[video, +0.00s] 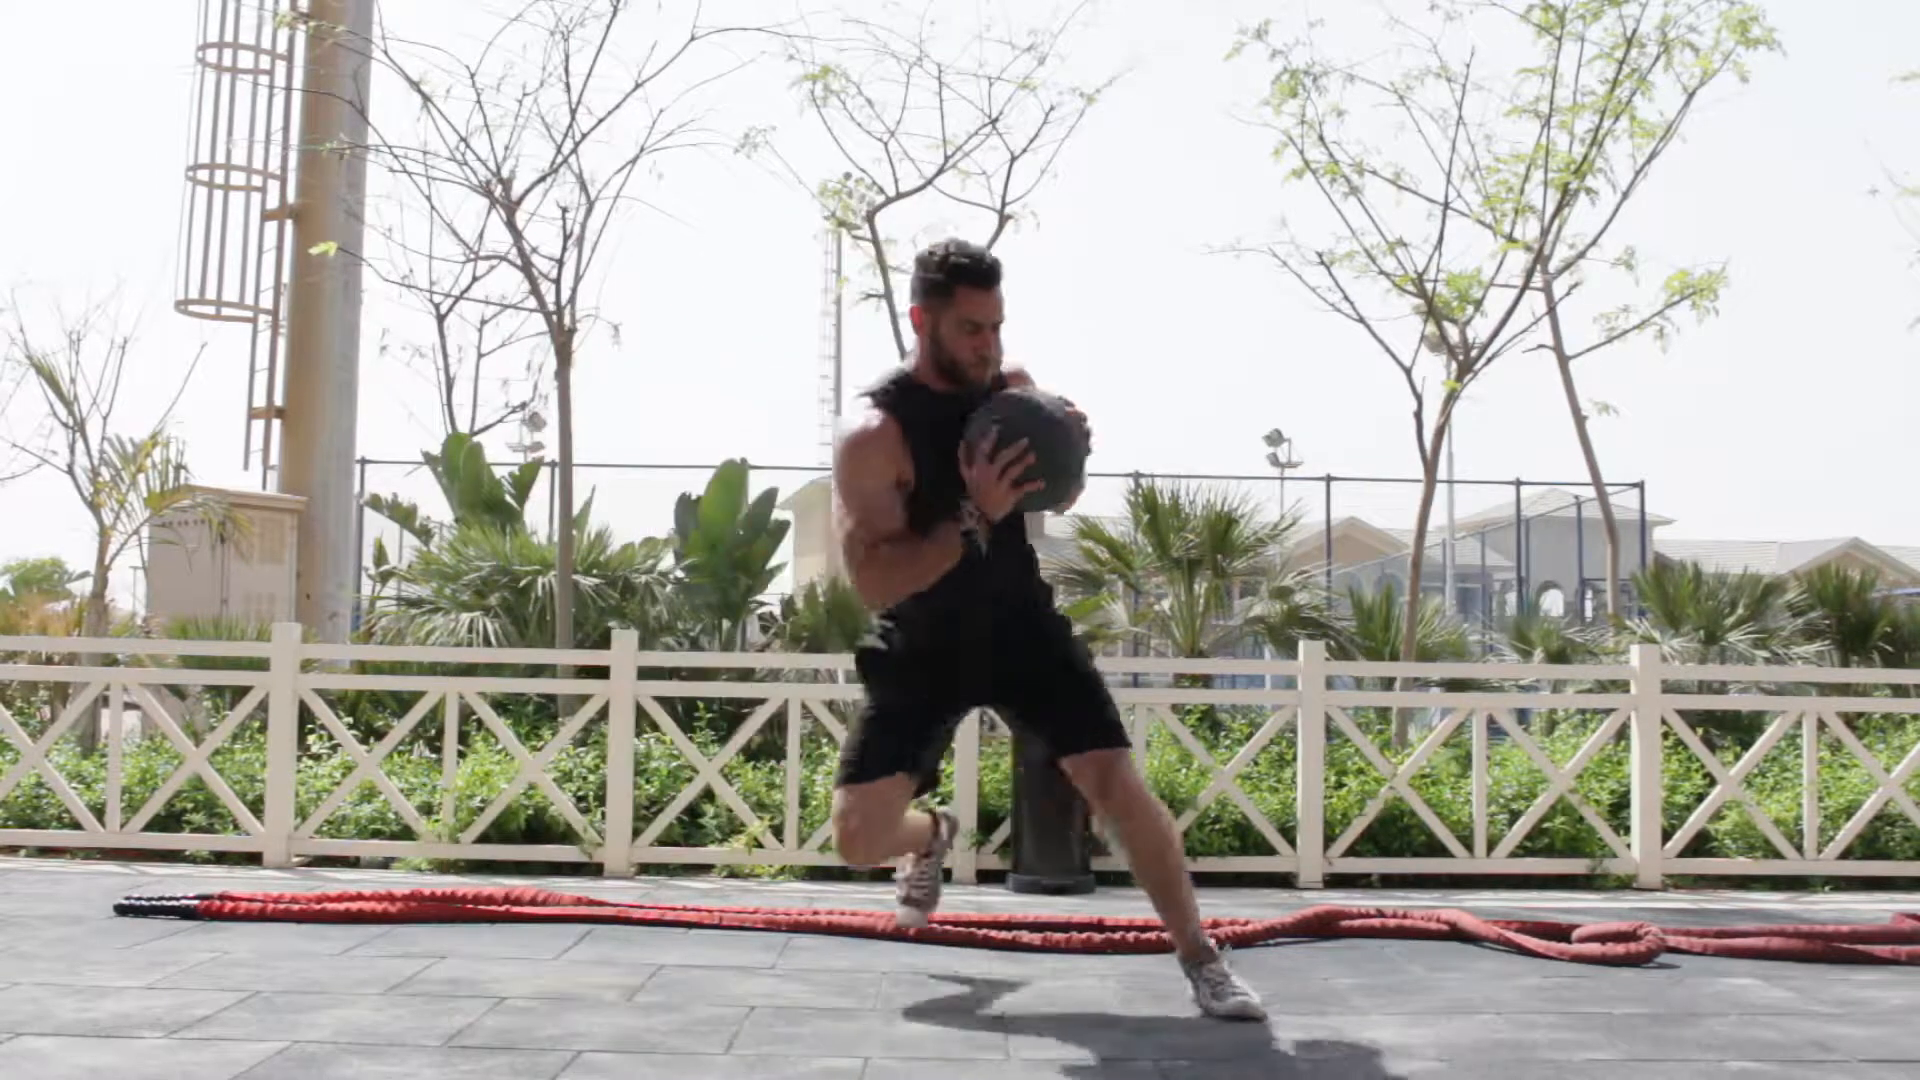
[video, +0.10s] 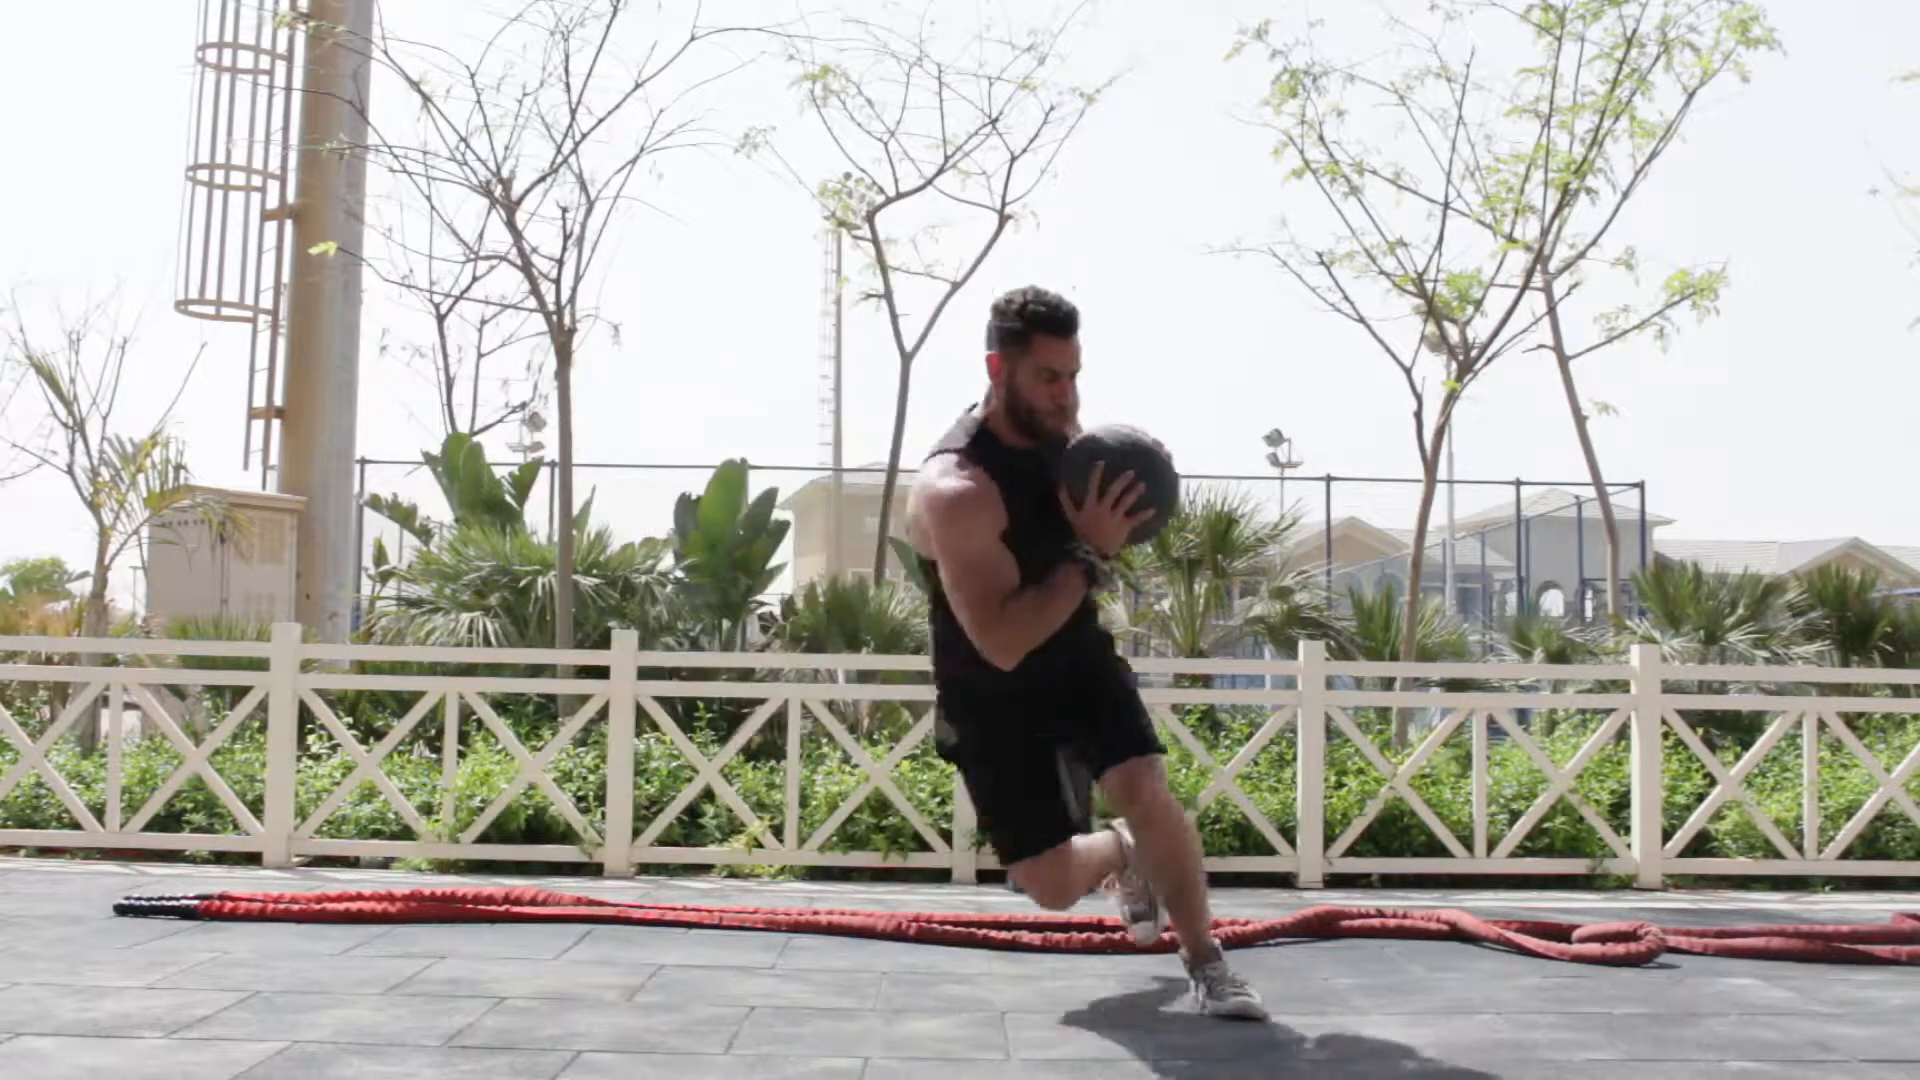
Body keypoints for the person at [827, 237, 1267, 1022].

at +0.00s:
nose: (991, 347)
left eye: (997, 328)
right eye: (973, 329)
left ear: (1002, 321)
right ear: (919, 323)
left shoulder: (1008, 390)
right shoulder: (872, 438)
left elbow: (1047, 494)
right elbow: (875, 582)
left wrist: (1064, 439)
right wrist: (972, 519)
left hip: (1021, 632)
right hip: (918, 648)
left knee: (1114, 782)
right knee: (860, 838)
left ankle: (1200, 956)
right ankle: (931, 835)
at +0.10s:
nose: (1068, 396)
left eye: (1073, 376)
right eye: (1049, 378)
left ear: (1078, 368)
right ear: (995, 370)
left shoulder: (1059, 434)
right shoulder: (955, 490)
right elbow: (1000, 641)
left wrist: (1116, 506)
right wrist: (1090, 556)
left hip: (1076, 658)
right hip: (988, 698)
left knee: (1144, 793)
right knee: (1050, 884)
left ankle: (1205, 960)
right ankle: (1129, 846)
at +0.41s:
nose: (1032, 389)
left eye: (1047, 369)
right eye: (1015, 370)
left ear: (1068, 363)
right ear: (986, 363)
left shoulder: (1102, 452)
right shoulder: (938, 469)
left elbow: (1160, 576)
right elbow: (901, 608)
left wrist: (1124, 512)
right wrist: (1002, 558)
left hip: (1079, 667)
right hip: (971, 674)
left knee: (1151, 797)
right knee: (926, 828)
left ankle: (1208, 963)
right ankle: (1036, 864)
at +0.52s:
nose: (936, 337)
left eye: (953, 319)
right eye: (922, 319)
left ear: (988, 316)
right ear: (907, 318)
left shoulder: (1046, 419)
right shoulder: (867, 421)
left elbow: (1093, 548)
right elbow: (808, 544)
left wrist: (1030, 501)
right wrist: (878, 510)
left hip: (1017, 639)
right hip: (903, 633)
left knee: (1107, 782)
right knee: (766, 745)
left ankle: (1202, 959)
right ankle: (793, 901)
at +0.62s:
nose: (824, 294)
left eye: (844, 279)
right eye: (816, 276)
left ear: (889, 279)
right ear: (806, 275)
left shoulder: (946, 376)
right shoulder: (772, 366)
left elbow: (976, 519)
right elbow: (723, 481)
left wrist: (894, 473)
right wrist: (757, 463)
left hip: (920, 598)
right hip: (805, 588)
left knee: (1021, 751)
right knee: (672, 714)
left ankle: (1120, 935)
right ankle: (550, 891)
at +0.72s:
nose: (717, 308)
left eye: (736, 295)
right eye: (712, 289)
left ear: (784, 295)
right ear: (705, 283)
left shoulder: (839, 393)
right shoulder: (687, 365)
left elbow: (841, 548)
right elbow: (649, 486)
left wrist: (746, 484)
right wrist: (647, 448)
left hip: (816, 606)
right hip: (708, 597)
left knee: (904, 771)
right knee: (591, 743)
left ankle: (906, 867)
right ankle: (463, 923)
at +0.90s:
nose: (570, 389)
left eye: (592, 374)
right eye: (567, 367)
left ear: (645, 376)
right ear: (562, 359)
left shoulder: (682, 480)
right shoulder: (581, 431)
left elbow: (624, 636)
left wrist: (542, 539)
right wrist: (529, 508)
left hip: (678, 676)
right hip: (589, 641)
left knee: (616, 875)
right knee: (491, 763)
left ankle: (594, 802)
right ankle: (446, 947)